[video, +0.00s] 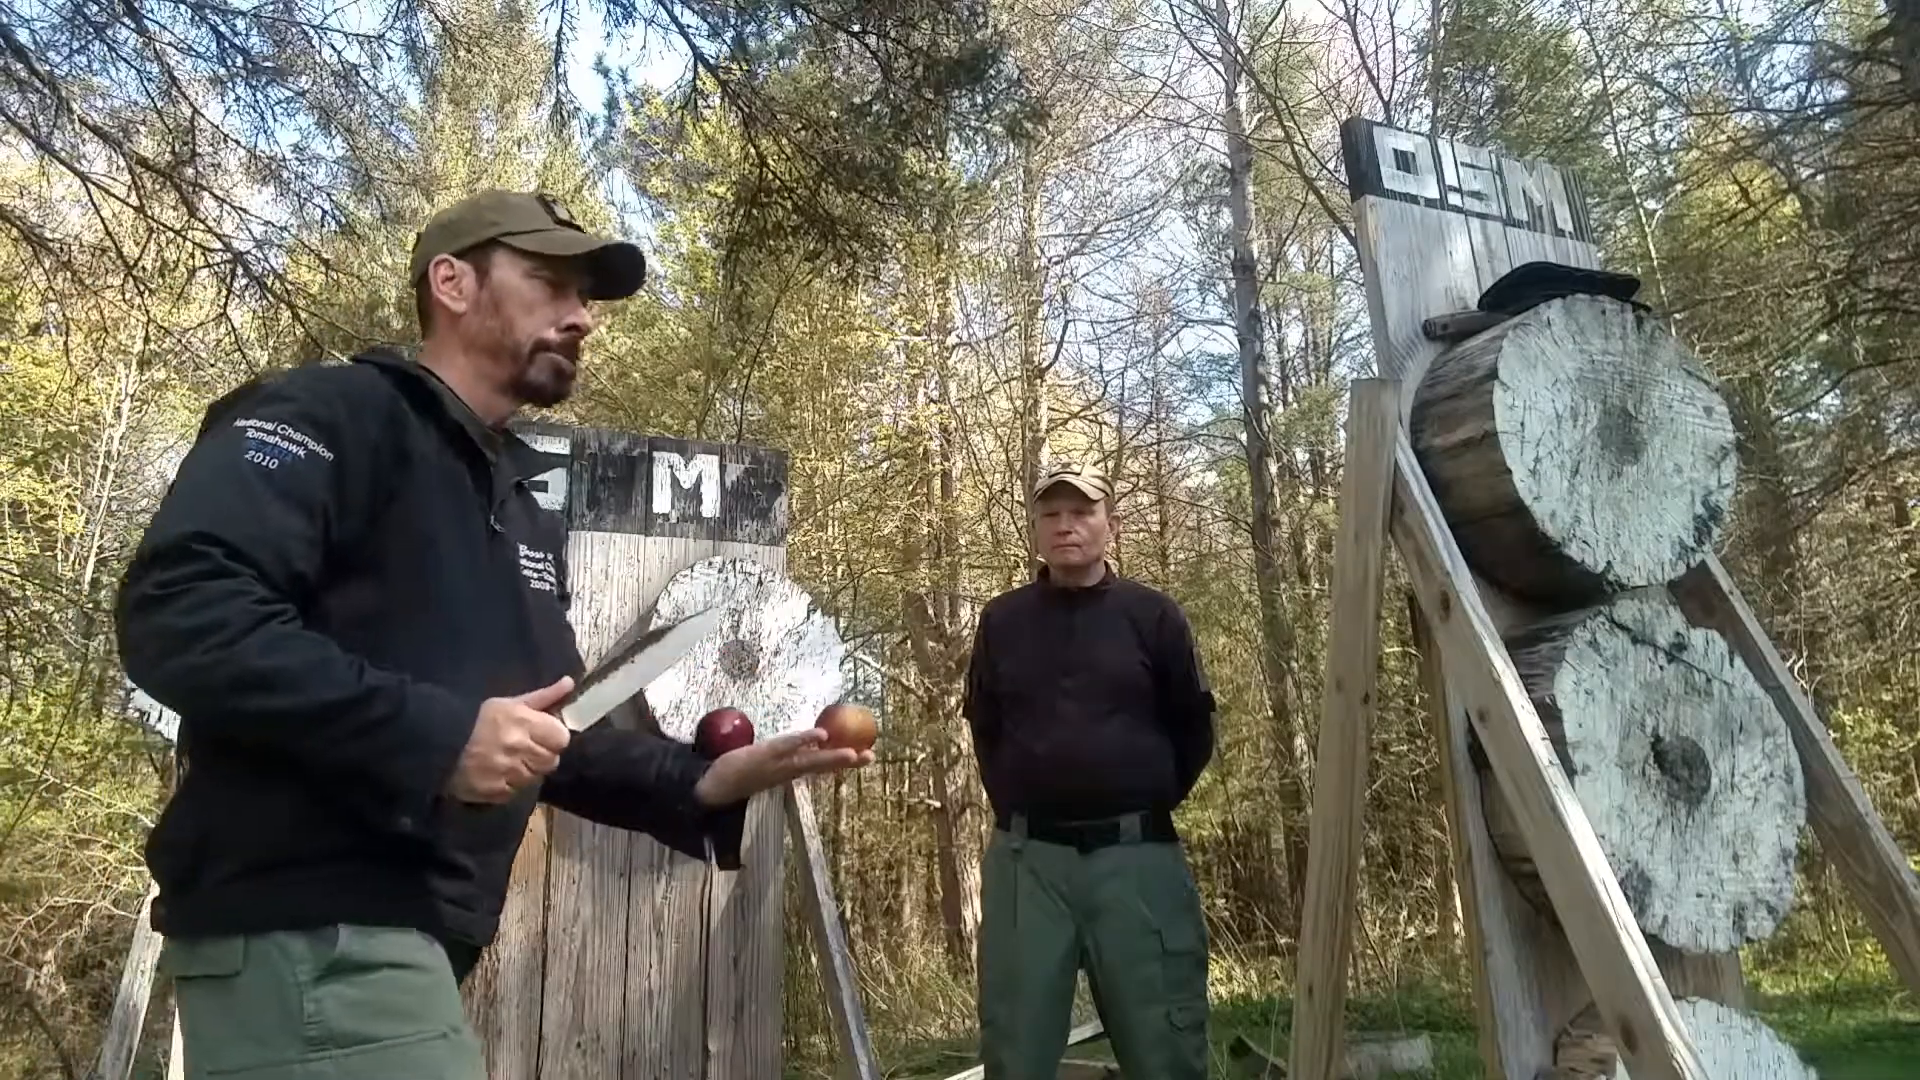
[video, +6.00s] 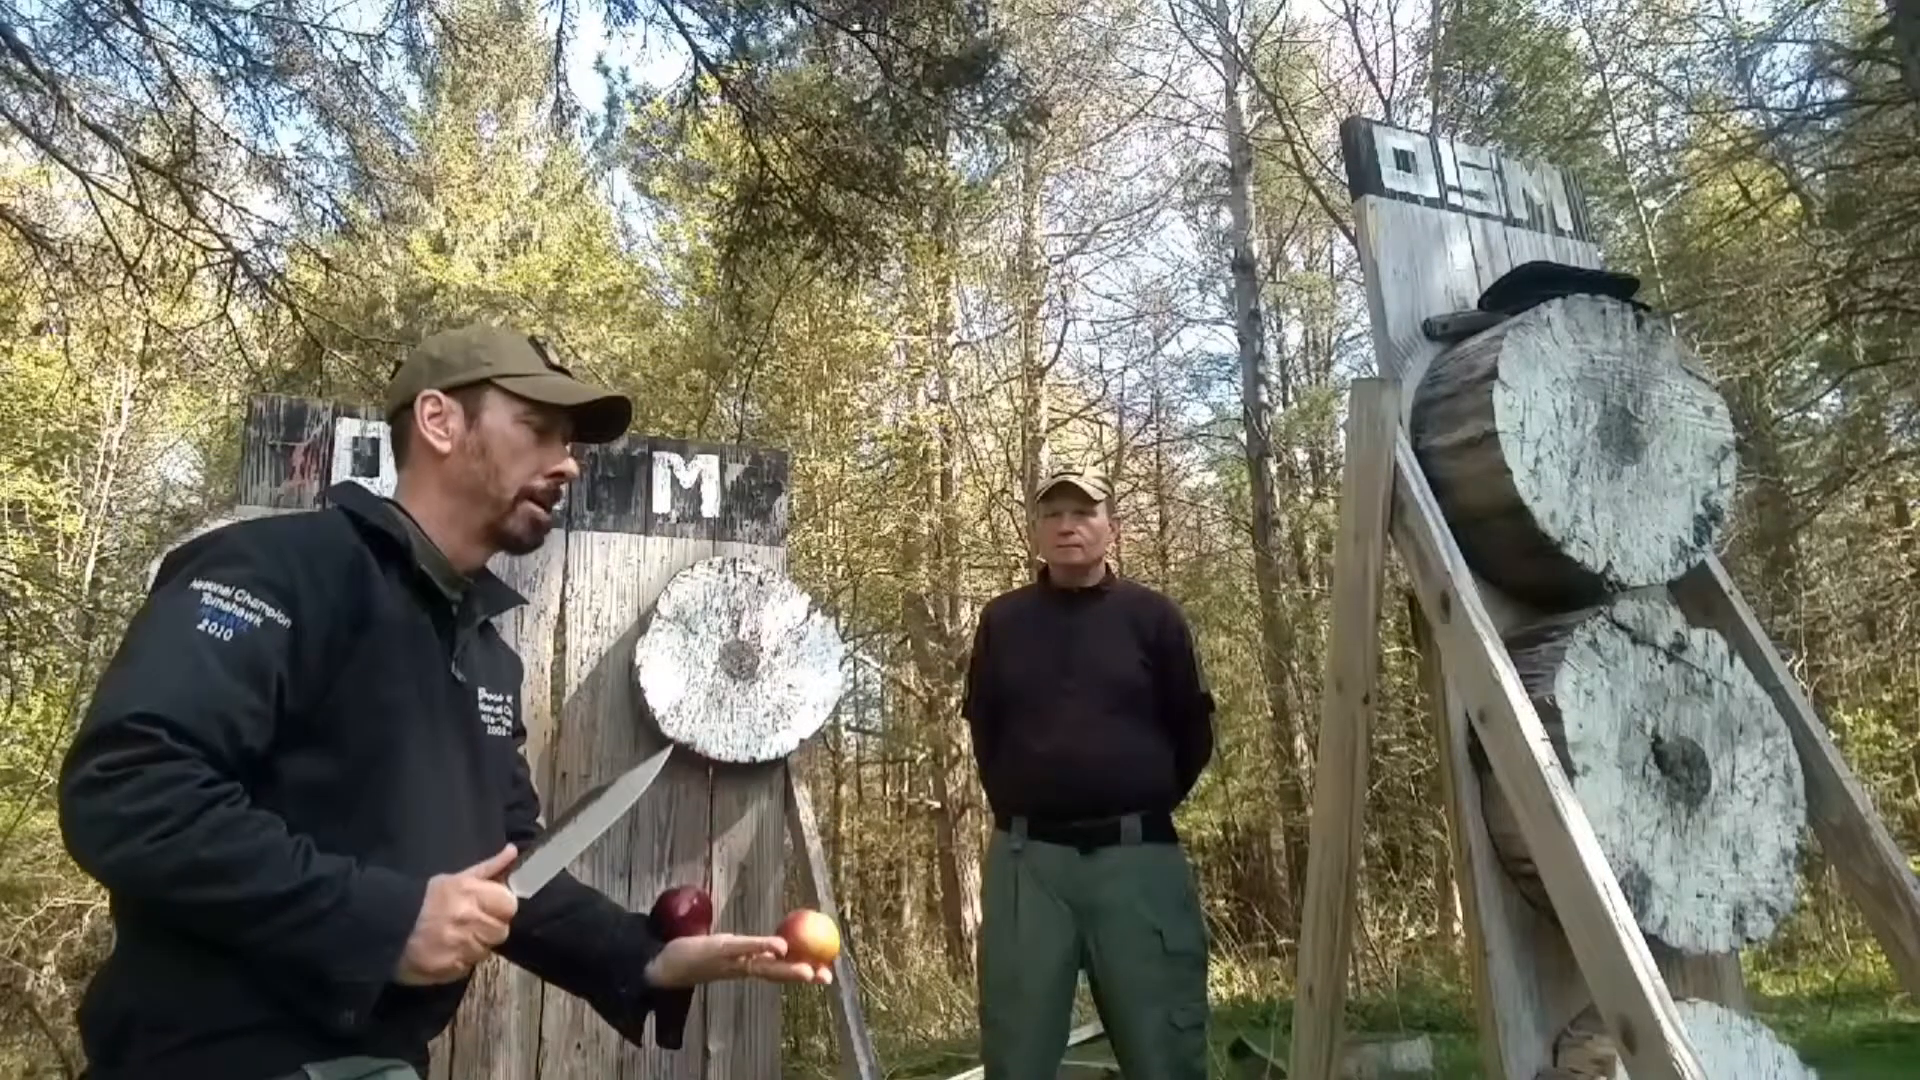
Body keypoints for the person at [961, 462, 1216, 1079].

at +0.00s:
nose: (1066, 525)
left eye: (1081, 512)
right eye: (1051, 515)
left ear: (1110, 526)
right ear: (1034, 533)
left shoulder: (1153, 614)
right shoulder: (1000, 619)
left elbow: (1195, 729)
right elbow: (984, 729)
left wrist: (1142, 811)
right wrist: (1026, 816)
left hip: (1138, 859)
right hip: (1025, 861)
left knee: (1164, 1057)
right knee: (1016, 1058)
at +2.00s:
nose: (1074, 527)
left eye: (1086, 515)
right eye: (1057, 515)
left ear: (1103, 530)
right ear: (1028, 532)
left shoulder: (1146, 610)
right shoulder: (991, 618)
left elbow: (1185, 721)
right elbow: (980, 733)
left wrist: (1134, 802)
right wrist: (1028, 814)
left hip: (1142, 866)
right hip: (1028, 867)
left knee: (1168, 1055)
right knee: (1019, 1058)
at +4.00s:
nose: (1068, 526)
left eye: (1082, 513)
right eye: (1054, 516)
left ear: (1111, 530)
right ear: (1035, 535)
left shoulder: (1154, 616)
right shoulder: (1000, 619)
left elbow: (1193, 732)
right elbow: (982, 724)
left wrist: (1140, 811)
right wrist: (1022, 814)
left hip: (1139, 862)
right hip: (1026, 862)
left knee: (1163, 1057)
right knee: (1017, 1059)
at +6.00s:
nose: (1068, 525)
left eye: (1082, 513)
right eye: (1053, 515)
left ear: (1110, 530)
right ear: (1033, 534)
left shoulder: (1153, 614)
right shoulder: (1000, 619)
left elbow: (1194, 732)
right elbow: (983, 727)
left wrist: (1141, 814)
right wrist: (1025, 817)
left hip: (1139, 861)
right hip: (1026, 862)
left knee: (1163, 1058)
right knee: (1017, 1059)